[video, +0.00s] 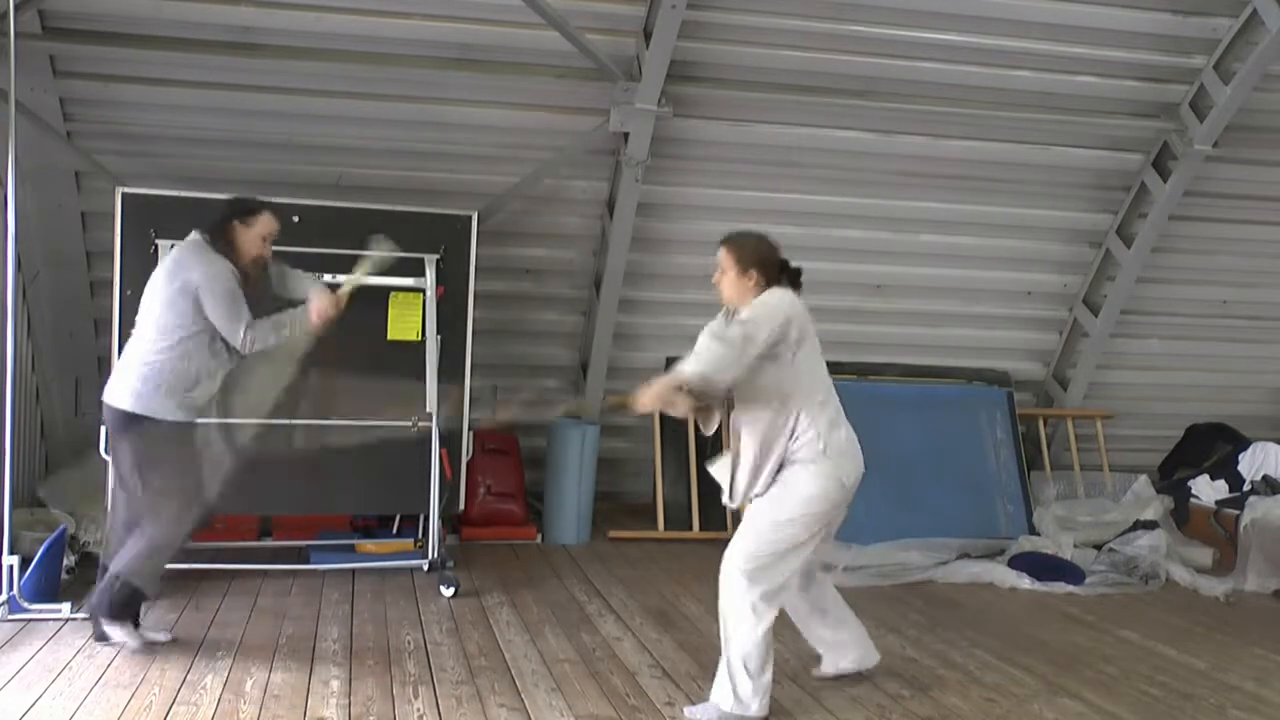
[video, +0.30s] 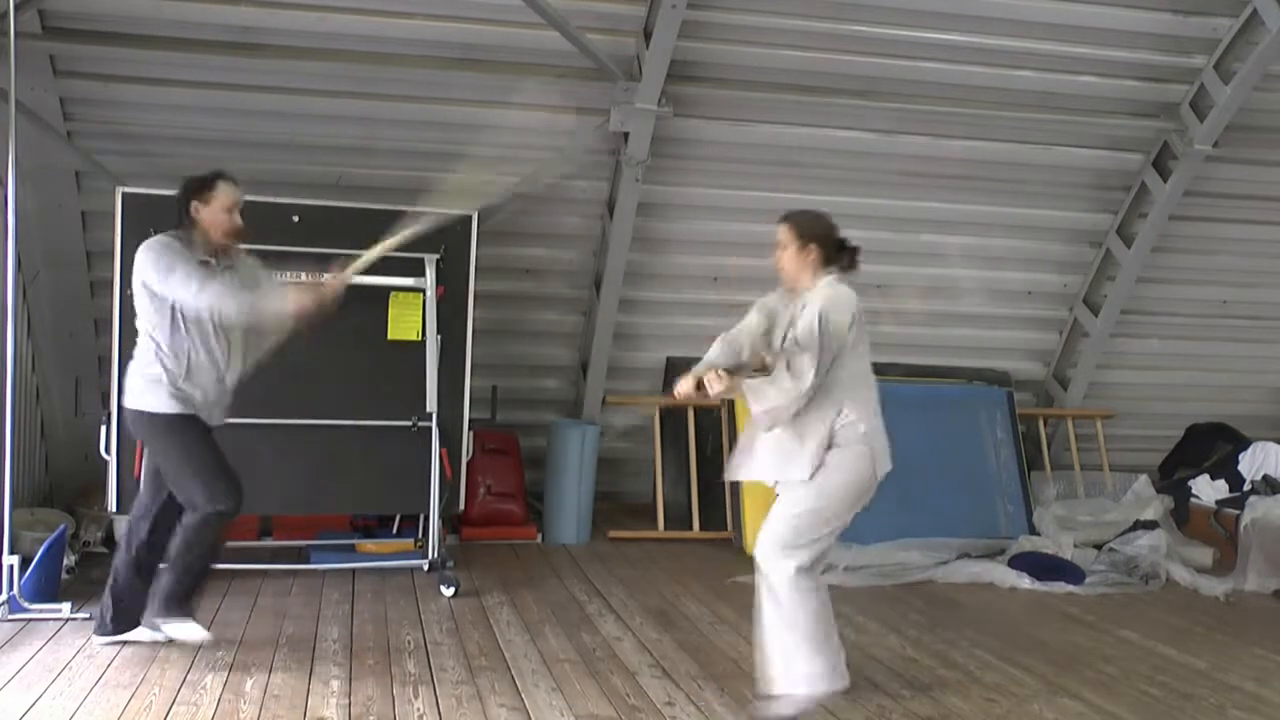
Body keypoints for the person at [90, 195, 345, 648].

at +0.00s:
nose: (268, 252)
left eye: (271, 242)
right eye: (263, 239)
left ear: (235, 230)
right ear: (237, 228)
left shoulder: (196, 254)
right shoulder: (211, 268)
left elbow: (278, 276)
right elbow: (246, 337)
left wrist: (319, 289)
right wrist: (308, 318)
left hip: (131, 402)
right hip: (152, 409)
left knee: (135, 509)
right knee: (177, 507)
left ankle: (120, 612)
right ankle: (113, 606)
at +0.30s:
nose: (239, 221)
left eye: (240, 211)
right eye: (230, 211)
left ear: (229, 213)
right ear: (197, 210)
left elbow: (274, 303)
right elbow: (215, 300)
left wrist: (318, 298)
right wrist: (293, 301)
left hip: (196, 408)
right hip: (155, 401)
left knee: (152, 518)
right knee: (217, 498)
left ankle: (114, 621)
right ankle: (168, 609)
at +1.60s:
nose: (554, 251)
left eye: (554, 240)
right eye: (548, 240)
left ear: (518, 239)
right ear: (518, 238)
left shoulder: (505, 288)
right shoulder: (483, 269)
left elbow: (540, 356)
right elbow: (552, 301)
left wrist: (596, 338)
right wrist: (616, 311)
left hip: (485, 439)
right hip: (447, 435)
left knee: (524, 535)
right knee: (482, 556)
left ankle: (520, 649)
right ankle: (432, 688)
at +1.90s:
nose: (578, 258)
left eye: (580, 247)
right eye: (573, 247)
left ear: (542, 243)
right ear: (545, 244)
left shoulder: (528, 279)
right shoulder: (512, 283)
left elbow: (599, 315)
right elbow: (564, 348)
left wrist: (664, 342)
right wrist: (651, 357)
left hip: (484, 433)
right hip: (451, 428)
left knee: (514, 539)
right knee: (464, 555)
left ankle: (517, 648)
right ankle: (412, 679)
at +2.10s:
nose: (582, 247)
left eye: (583, 238)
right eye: (581, 239)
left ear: (541, 217)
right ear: (563, 234)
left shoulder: (498, 257)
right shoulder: (529, 265)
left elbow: (543, 217)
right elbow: (611, 259)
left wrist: (575, 180)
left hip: (499, 425)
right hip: (492, 431)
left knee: (589, 475)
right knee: (477, 551)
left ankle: (538, 575)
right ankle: (413, 677)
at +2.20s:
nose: (590, 247)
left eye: (589, 235)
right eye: (588, 233)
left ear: (549, 222)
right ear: (572, 230)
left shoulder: (518, 259)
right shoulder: (546, 256)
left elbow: (541, 216)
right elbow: (615, 217)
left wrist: (543, 169)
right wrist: (583, 159)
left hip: (524, 426)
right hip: (500, 428)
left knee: (611, 473)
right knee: (474, 551)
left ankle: (566, 573)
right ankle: (414, 677)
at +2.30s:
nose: (610, 238)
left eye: (610, 228)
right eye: (605, 227)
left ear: (580, 226)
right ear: (584, 224)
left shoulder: (580, 275)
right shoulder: (552, 261)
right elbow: (631, 228)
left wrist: (604, 168)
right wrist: (614, 169)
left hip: (560, 436)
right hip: (517, 431)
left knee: (621, 505)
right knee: (480, 548)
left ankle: (623, 626)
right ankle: (415, 674)